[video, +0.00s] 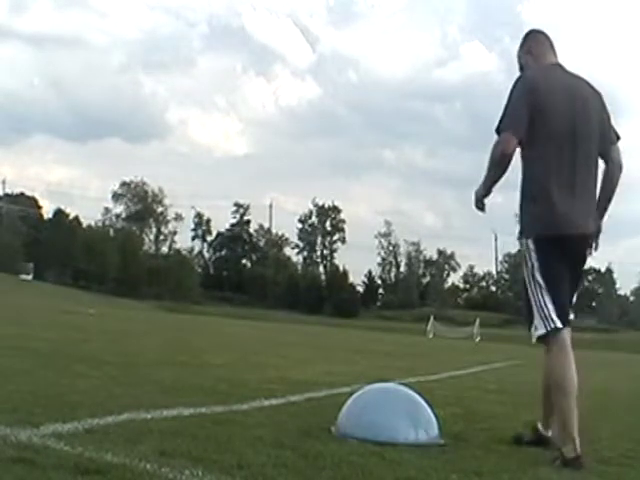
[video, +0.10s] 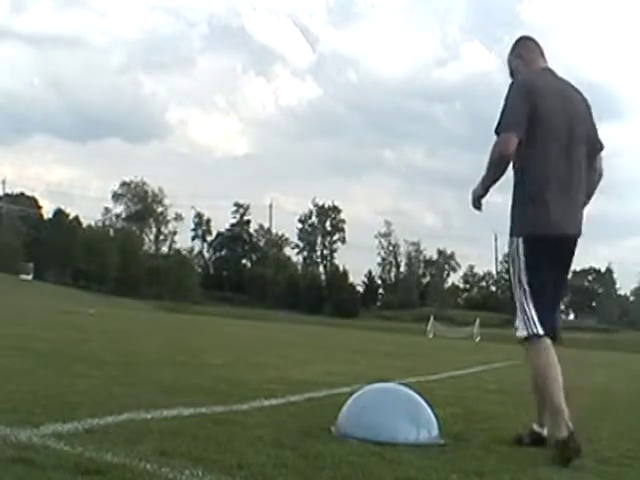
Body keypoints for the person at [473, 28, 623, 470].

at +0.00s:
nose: (523, 68)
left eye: (522, 61)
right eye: (523, 62)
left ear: (529, 52)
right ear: (554, 51)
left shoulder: (530, 82)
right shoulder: (590, 92)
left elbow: (506, 146)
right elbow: (616, 162)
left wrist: (485, 188)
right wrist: (598, 215)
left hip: (544, 224)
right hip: (583, 225)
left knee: (557, 335)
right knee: (555, 331)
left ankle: (571, 448)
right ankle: (548, 428)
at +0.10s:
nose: (513, 75)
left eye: (512, 68)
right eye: (513, 69)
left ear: (521, 56)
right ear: (543, 57)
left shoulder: (524, 85)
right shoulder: (578, 97)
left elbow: (506, 145)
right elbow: (595, 169)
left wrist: (484, 186)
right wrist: (573, 205)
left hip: (533, 221)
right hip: (568, 223)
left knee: (537, 329)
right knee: (543, 328)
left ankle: (563, 431)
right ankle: (542, 426)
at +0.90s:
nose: (426, 88)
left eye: (428, 78)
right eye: (421, 82)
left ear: (445, 67)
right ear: (423, 80)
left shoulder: (471, 96)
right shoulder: (436, 113)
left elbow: (478, 151)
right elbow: (438, 174)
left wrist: (435, 132)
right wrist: (414, 150)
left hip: (462, 226)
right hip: (433, 226)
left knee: (454, 327)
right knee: (404, 313)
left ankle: (461, 423)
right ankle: (411, 395)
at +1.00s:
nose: (418, 90)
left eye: (421, 81)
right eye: (413, 85)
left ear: (436, 73)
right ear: (412, 84)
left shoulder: (462, 101)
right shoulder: (421, 115)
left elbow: (473, 153)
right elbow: (418, 174)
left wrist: (429, 134)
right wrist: (403, 150)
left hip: (454, 230)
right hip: (421, 229)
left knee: (448, 330)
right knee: (397, 324)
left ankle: (460, 423)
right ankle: (375, 403)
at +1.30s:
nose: (395, 91)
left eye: (400, 83)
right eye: (390, 85)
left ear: (413, 76)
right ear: (384, 83)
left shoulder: (436, 106)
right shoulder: (379, 112)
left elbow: (454, 164)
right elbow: (358, 168)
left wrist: (422, 144)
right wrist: (368, 144)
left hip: (424, 232)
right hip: (386, 232)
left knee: (434, 325)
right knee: (376, 326)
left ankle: (449, 412)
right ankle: (366, 407)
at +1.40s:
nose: (392, 87)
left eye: (396, 79)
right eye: (386, 81)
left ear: (409, 74)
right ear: (380, 80)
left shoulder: (432, 104)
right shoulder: (374, 111)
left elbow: (452, 159)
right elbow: (351, 164)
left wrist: (419, 134)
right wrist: (366, 135)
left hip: (423, 231)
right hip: (383, 231)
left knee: (434, 323)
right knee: (376, 324)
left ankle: (444, 412)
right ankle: (367, 407)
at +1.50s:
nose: (391, 88)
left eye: (396, 81)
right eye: (386, 83)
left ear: (408, 75)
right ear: (379, 80)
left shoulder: (431, 105)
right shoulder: (373, 113)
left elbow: (451, 159)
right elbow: (350, 166)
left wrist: (419, 131)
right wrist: (366, 133)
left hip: (422, 233)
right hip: (381, 233)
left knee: (433, 326)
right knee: (374, 326)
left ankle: (444, 414)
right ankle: (366, 407)